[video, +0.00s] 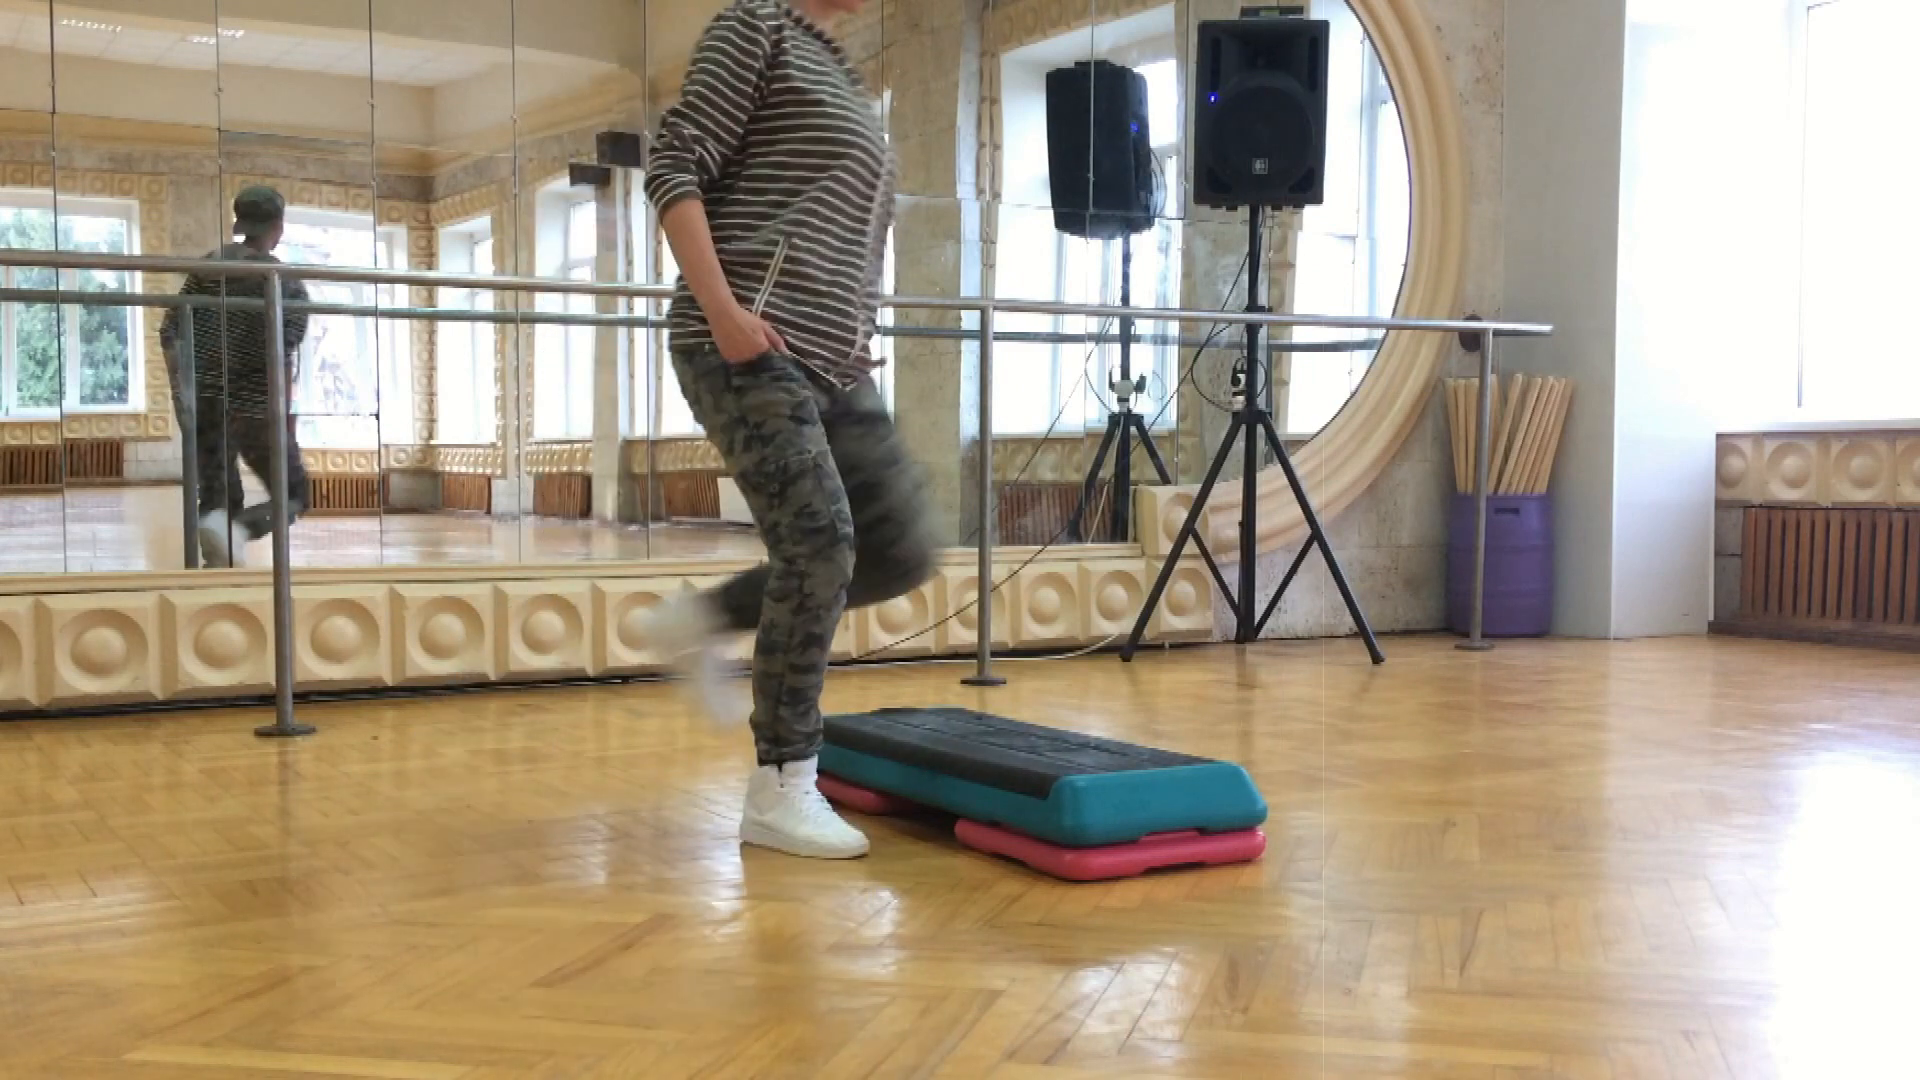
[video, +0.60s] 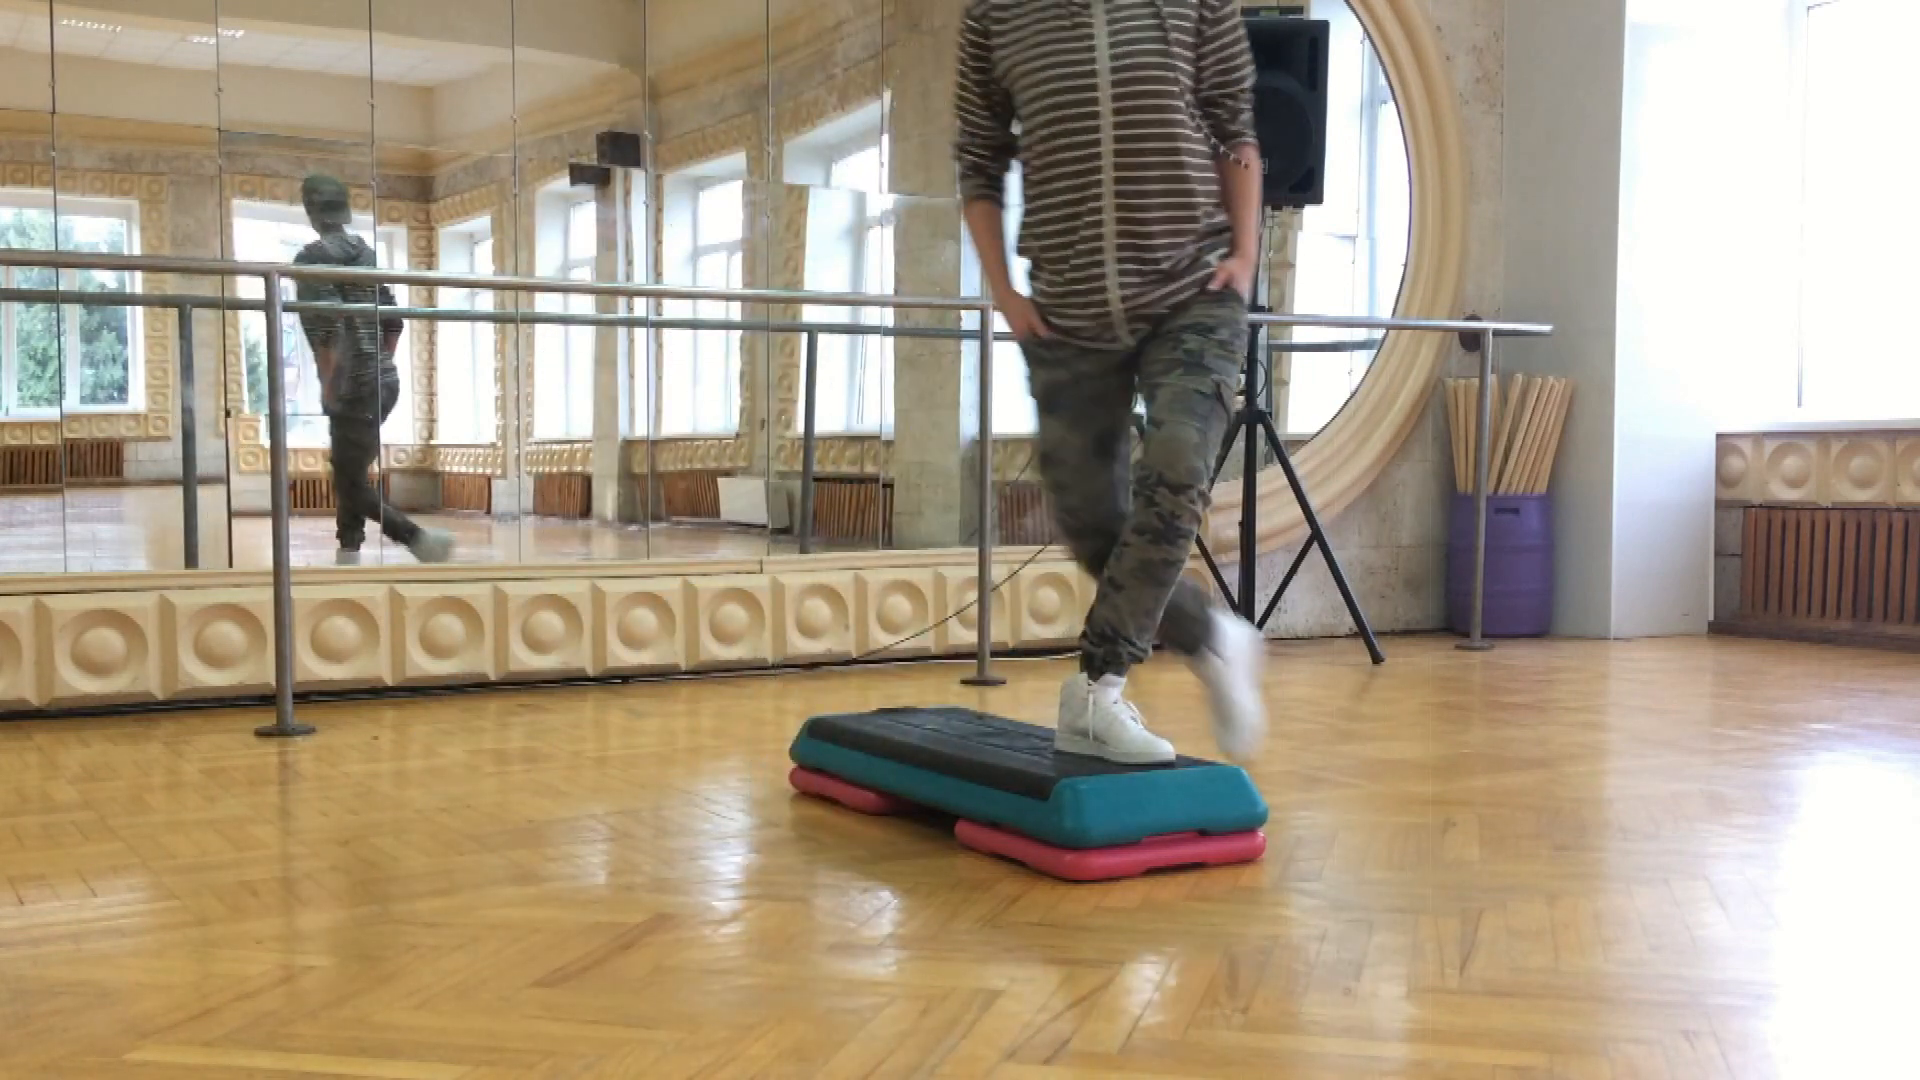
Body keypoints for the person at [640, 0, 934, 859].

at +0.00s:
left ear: (854, 4)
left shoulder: (852, 83)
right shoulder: (754, 28)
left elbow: (830, 230)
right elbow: (672, 167)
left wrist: (852, 333)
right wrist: (721, 309)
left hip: (833, 359)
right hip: (749, 342)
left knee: (897, 550)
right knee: (817, 544)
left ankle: (695, 619)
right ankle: (781, 786)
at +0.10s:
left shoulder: (914, 73)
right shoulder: (792, 27)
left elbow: (920, 213)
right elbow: (698, 169)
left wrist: (911, 305)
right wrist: (737, 307)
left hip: (889, 350)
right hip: (786, 349)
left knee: (1022, 471)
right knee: (826, 557)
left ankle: (890, 630)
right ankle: (783, 784)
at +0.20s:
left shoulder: (985, 60)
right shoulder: (838, 21)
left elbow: (966, 186)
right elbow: (755, 156)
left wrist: (973, 287)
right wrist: (775, 295)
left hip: (950, 324)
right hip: (832, 328)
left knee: (1085, 446)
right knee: (842, 543)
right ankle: (790, 778)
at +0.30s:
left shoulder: (1064, 22)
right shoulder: (880, 9)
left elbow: (1071, 161)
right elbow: (821, 151)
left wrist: (1071, 264)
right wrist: (841, 277)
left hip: (1028, 305)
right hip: (901, 310)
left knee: (1115, 466)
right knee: (877, 516)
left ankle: (1086, 693)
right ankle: (810, 756)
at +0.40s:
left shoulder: (1127, 10)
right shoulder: (917, 7)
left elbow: (1137, 138)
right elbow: (874, 145)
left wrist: (1144, 252)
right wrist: (892, 261)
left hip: (1091, 288)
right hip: (959, 290)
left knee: (1146, 464)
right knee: (951, 467)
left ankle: (1094, 690)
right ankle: (905, 646)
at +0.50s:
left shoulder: (1160, 7)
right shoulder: (954, 10)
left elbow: (1193, 125)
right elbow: (924, 142)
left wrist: (1201, 250)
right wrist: (946, 271)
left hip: (1148, 279)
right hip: (1015, 287)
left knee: (1170, 468)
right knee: (1004, 470)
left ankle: (1096, 686)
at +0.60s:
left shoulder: (1201, 7)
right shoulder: (993, 16)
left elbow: (1235, 130)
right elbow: (978, 162)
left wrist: (1245, 254)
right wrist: (1003, 292)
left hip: (1192, 292)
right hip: (1068, 310)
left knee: (1179, 484)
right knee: (1087, 523)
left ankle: (1094, 690)